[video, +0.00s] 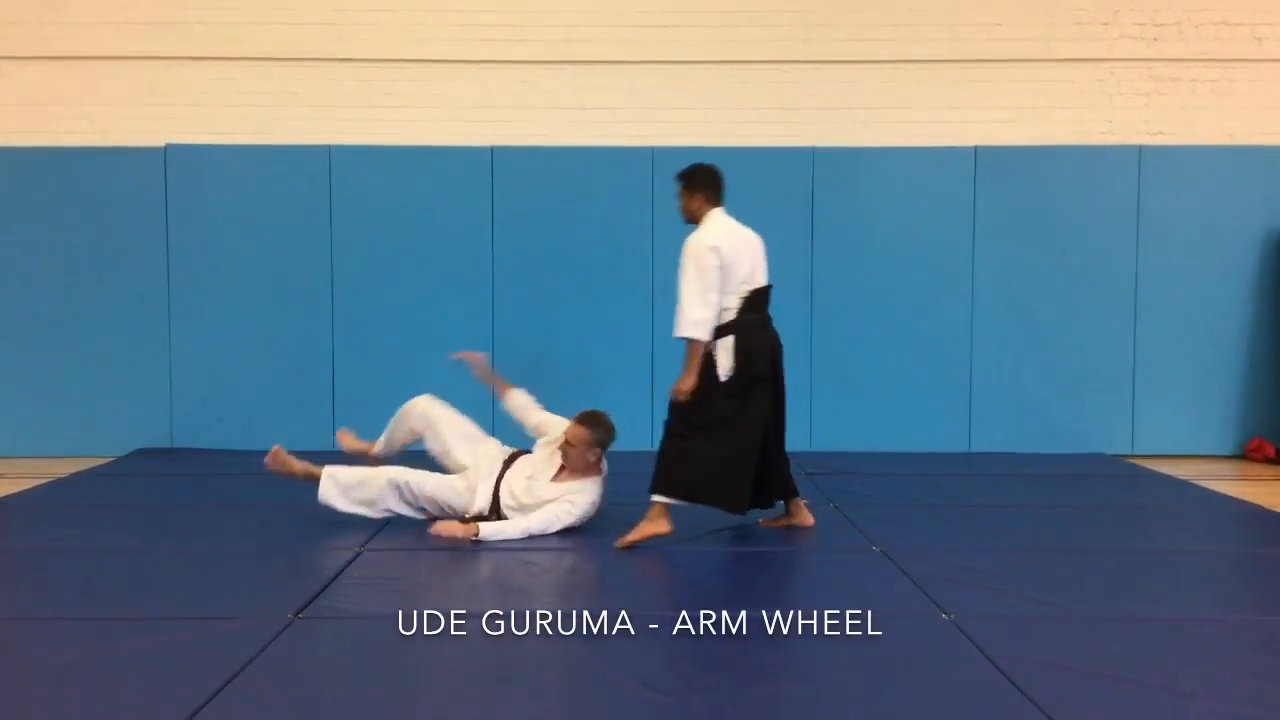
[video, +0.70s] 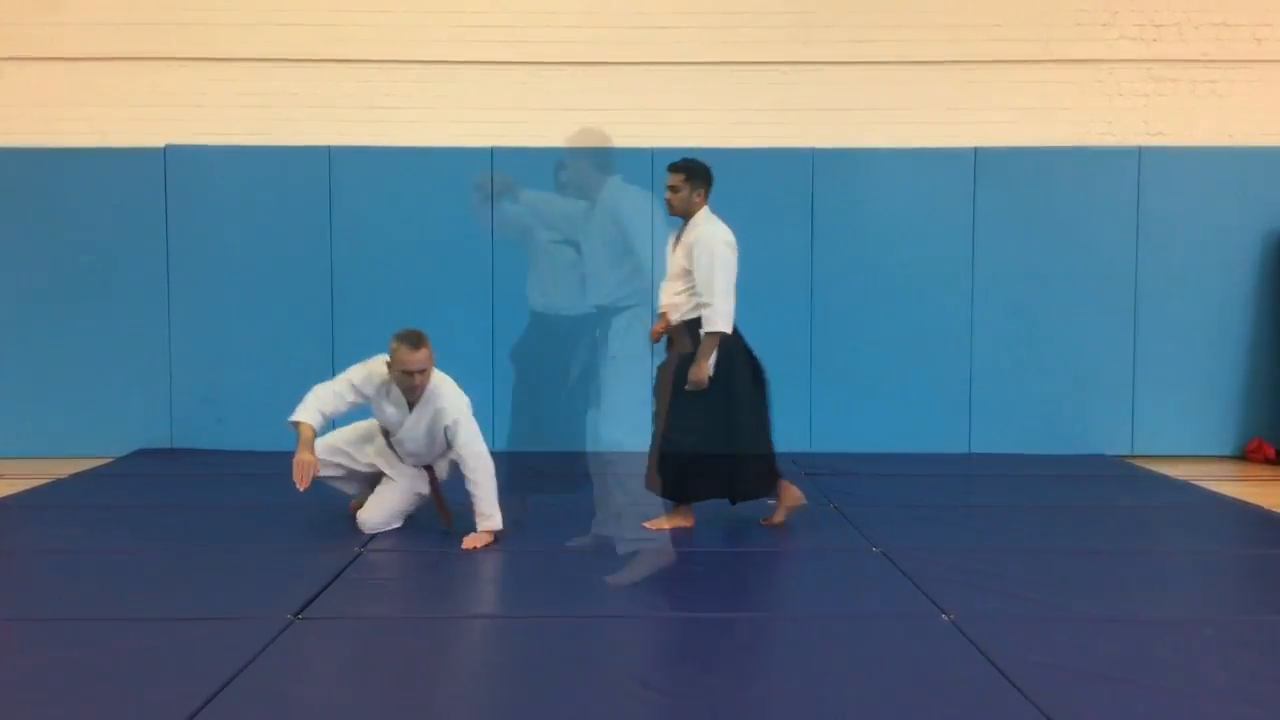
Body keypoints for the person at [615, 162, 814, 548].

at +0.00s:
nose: (679, 204)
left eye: (682, 196)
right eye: (680, 196)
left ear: (697, 197)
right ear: (715, 197)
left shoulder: (702, 242)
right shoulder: (748, 236)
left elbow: (701, 312)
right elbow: (755, 296)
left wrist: (690, 372)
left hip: (728, 346)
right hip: (762, 340)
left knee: (681, 418)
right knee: (765, 425)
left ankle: (658, 512)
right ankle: (795, 507)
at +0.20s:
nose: (708, 190)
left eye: (712, 184)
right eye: (710, 183)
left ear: (728, 187)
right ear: (742, 188)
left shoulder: (731, 230)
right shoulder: (766, 225)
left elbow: (743, 295)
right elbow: (753, 293)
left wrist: (746, 355)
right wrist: (713, 330)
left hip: (741, 334)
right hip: (771, 330)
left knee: (694, 411)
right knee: (782, 419)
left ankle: (707, 499)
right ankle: (801, 508)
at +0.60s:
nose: (683, 195)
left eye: (690, 189)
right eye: (684, 189)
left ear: (714, 193)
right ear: (712, 195)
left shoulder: (723, 234)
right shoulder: (715, 229)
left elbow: (730, 300)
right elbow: (714, 289)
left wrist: (713, 357)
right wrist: (684, 318)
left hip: (716, 343)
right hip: (736, 340)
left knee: (684, 423)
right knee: (763, 423)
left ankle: (683, 509)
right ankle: (798, 504)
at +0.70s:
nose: (667, 197)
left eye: (674, 190)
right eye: (667, 190)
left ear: (698, 193)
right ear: (692, 194)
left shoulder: (713, 235)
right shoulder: (687, 232)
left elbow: (720, 300)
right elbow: (686, 287)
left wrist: (704, 358)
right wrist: (667, 319)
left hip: (702, 342)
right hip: (694, 338)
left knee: (681, 427)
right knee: (727, 428)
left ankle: (682, 510)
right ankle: (784, 490)